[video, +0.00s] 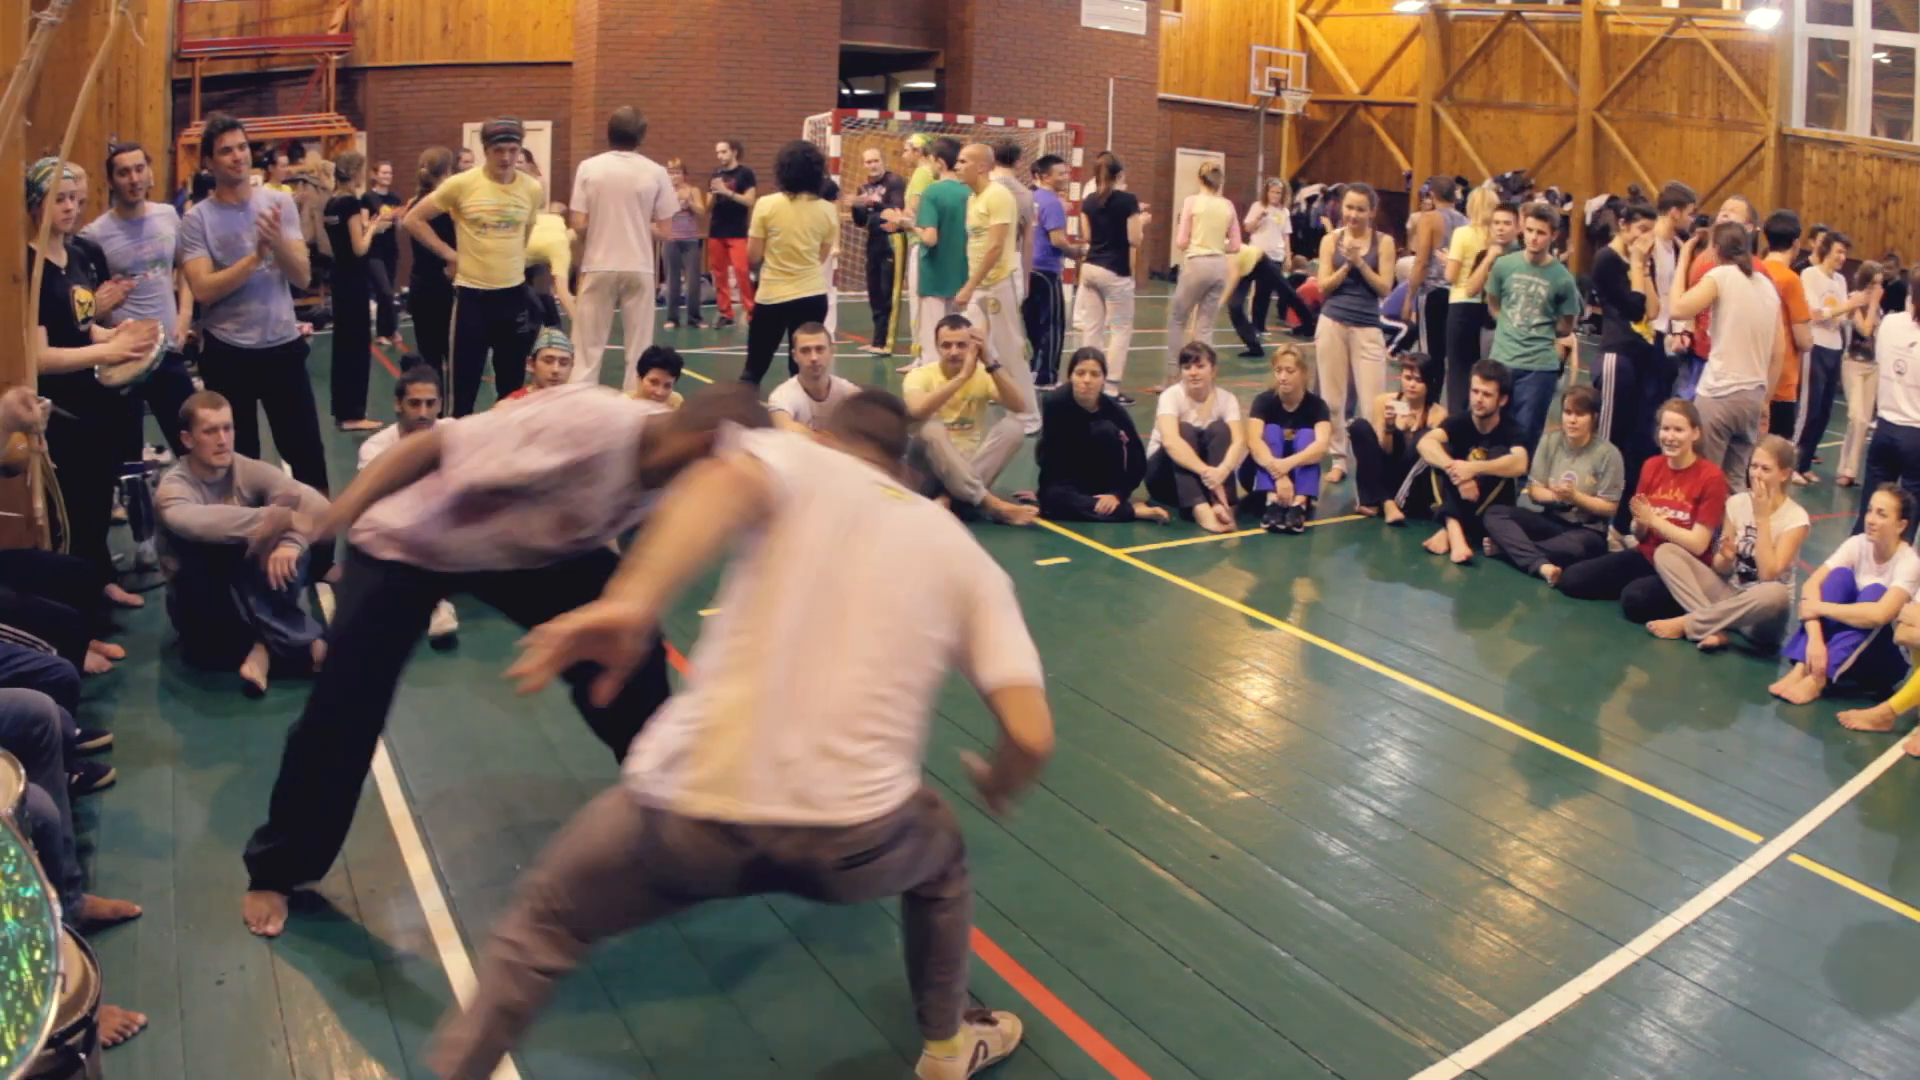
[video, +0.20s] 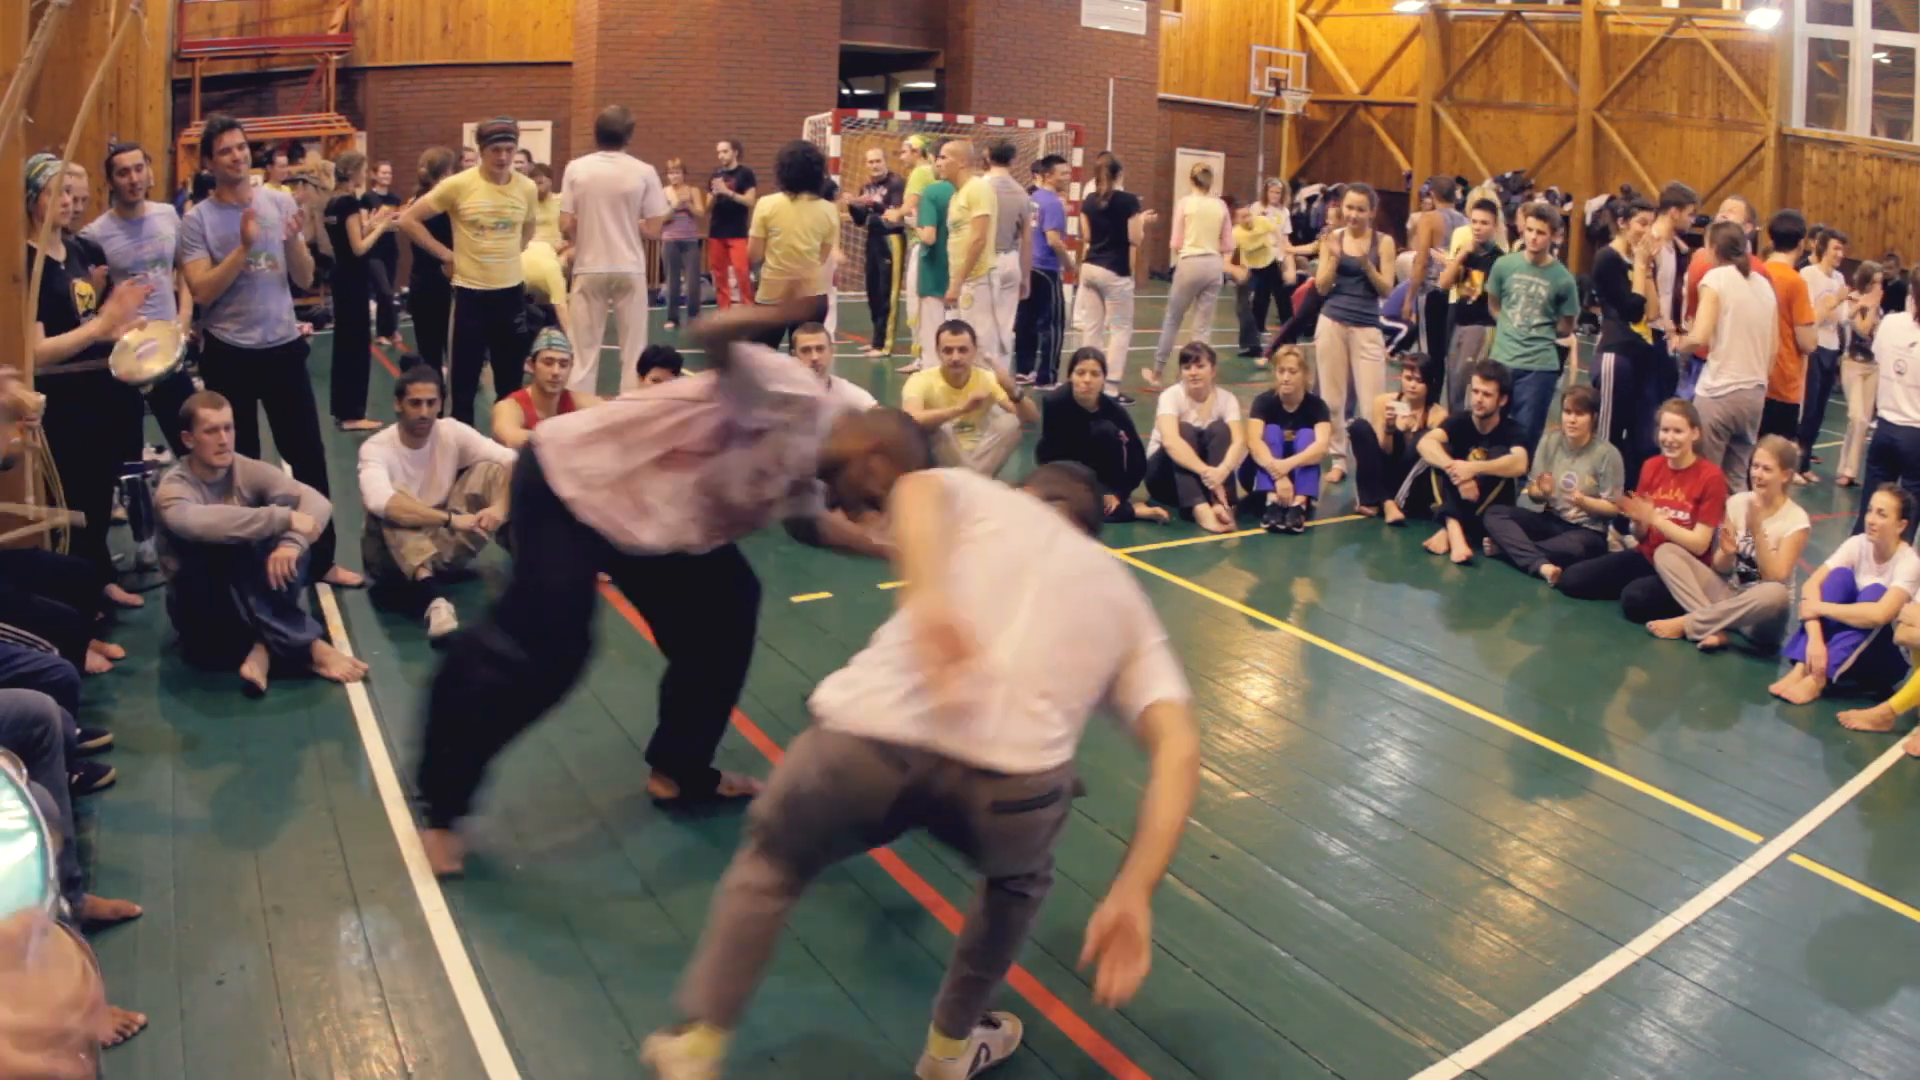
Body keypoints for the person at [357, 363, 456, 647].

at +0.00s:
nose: (423, 412)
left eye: (430, 404)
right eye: (414, 404)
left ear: (441, 404)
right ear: (399, 405)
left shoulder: (455, 436)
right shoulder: (375, 448)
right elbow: (372, 508)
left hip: (445, 533)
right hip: (393, 539)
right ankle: (438, 605)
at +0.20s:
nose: (424, 413)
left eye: (431, 403)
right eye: (415, 404)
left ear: (440, 405)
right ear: (398, 405)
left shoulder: (451, 431)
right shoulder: (376, 449)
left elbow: (511, 460)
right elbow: (380, 503)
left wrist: (500, 508)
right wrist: (452, 519)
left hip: (447, 546)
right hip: (395, 552)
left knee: (491, 470)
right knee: (396, 502)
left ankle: (532, 565)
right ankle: (435, 602)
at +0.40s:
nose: (425, 412)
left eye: (431, 403)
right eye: (415, 404)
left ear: (440, 404)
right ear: (398, 405)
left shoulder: (451, 431)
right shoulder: (376, 449)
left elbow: (516, 464)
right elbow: (381, 503)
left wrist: (500, 510)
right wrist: (449, 519)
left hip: (451, 521)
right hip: (401, 537)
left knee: (490, 473)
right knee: (397, 503)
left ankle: (532, 580)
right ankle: (439, 605)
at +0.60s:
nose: (426, 412)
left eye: (433, 403)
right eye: (417, 404)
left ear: (440, 404)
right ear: (398, 405)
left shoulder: (450, 432)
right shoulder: (376, 449)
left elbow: (516, 464)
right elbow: (381, 503)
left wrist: (501, 508)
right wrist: (450, 519)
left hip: (449, 545)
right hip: (398, 550)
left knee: (493, 471)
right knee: (396, 501)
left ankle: (532, 578)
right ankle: (435, 602)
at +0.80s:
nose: (427, 412)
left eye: (433, 403)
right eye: (418, 404)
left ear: (440, 403)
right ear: (398, 405)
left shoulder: (450, 432)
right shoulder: (376, 449)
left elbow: (516, 464)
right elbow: (380, 503)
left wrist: (501, 508)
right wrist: (450, 519)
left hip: (449, 545)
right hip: (398, 551)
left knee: (493, 471)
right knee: (396, 500)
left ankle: (532, 578)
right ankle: (434, 602)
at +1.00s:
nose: (429, 411)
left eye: (434, 402)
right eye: (419, 403)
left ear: (440, 403)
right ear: (398, 405)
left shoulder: (450, 431)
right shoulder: (376, 449)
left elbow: (516, 464)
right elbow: (379, 502)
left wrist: (500, 509)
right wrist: (450, 519)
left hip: (450, 545)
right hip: (399, 552)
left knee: (492, 470)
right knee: (397, 499)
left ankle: (532, 577)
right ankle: (434, 602)